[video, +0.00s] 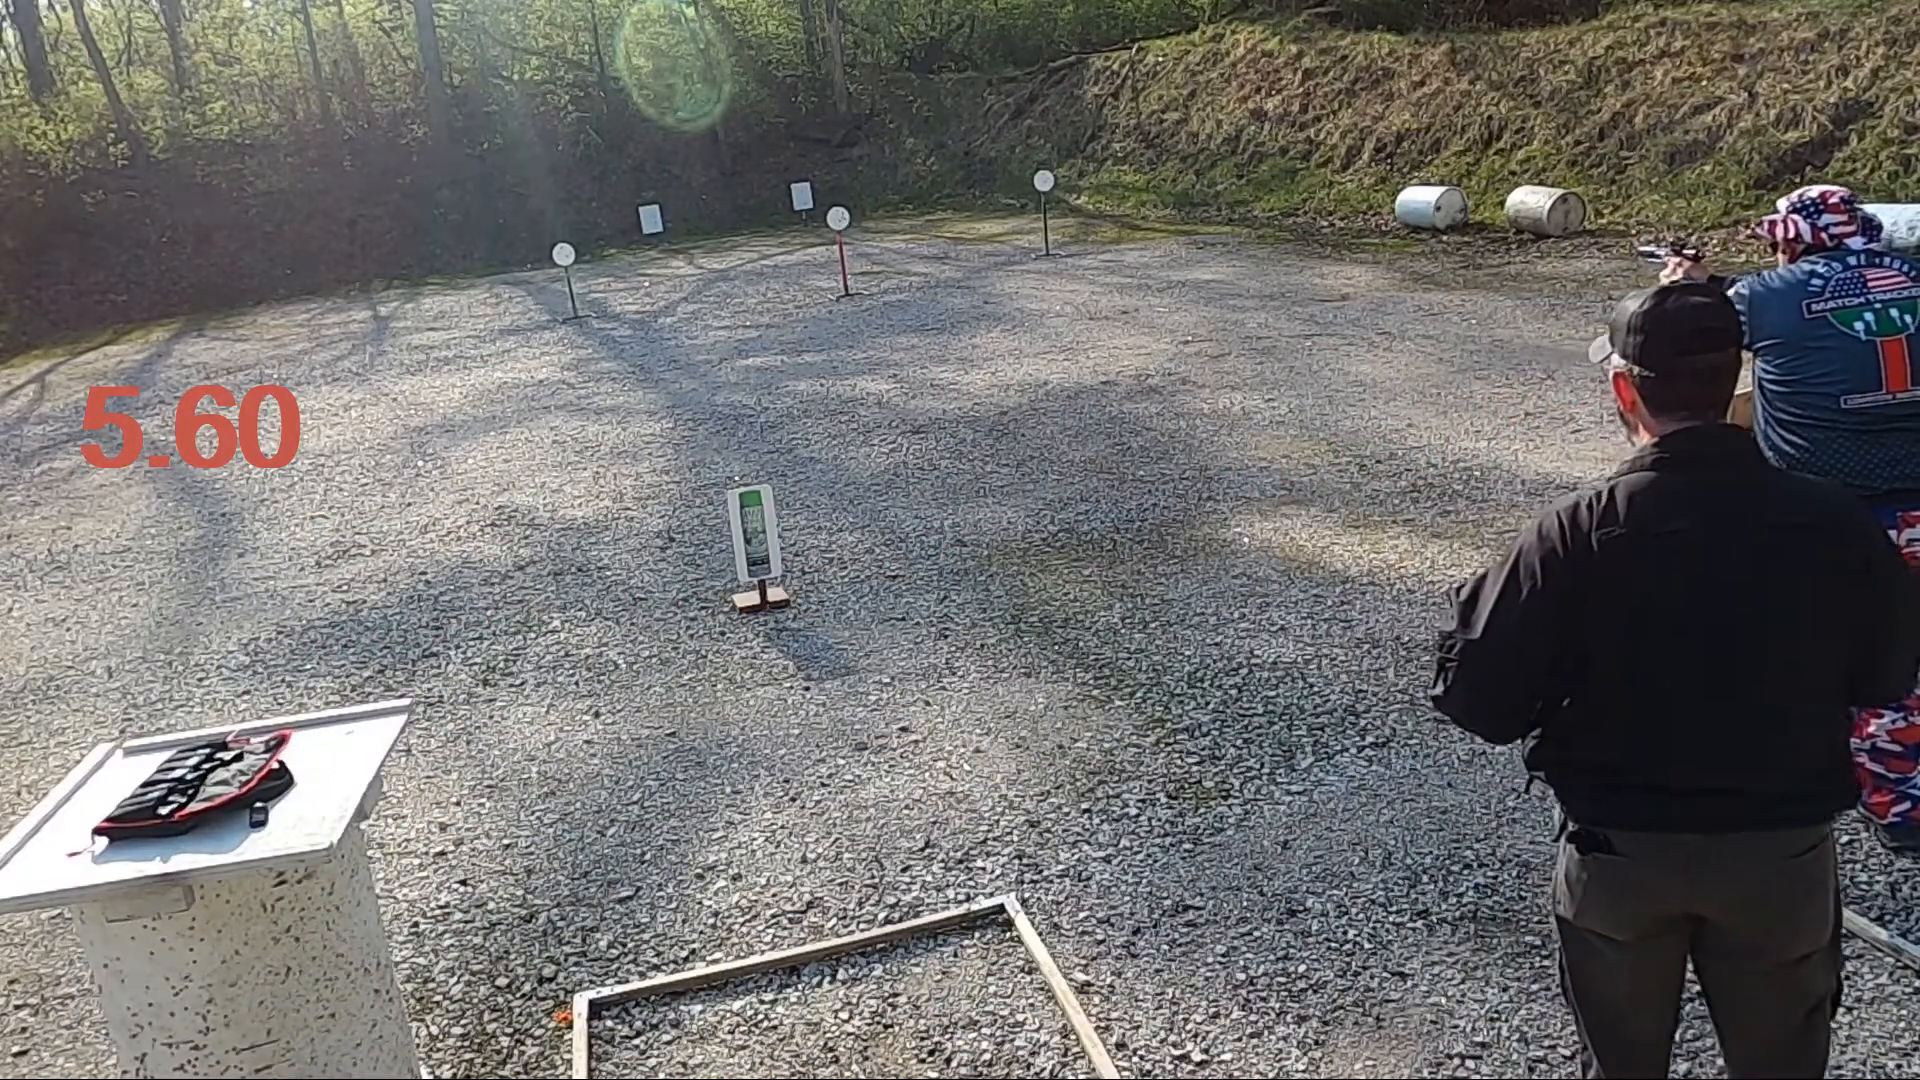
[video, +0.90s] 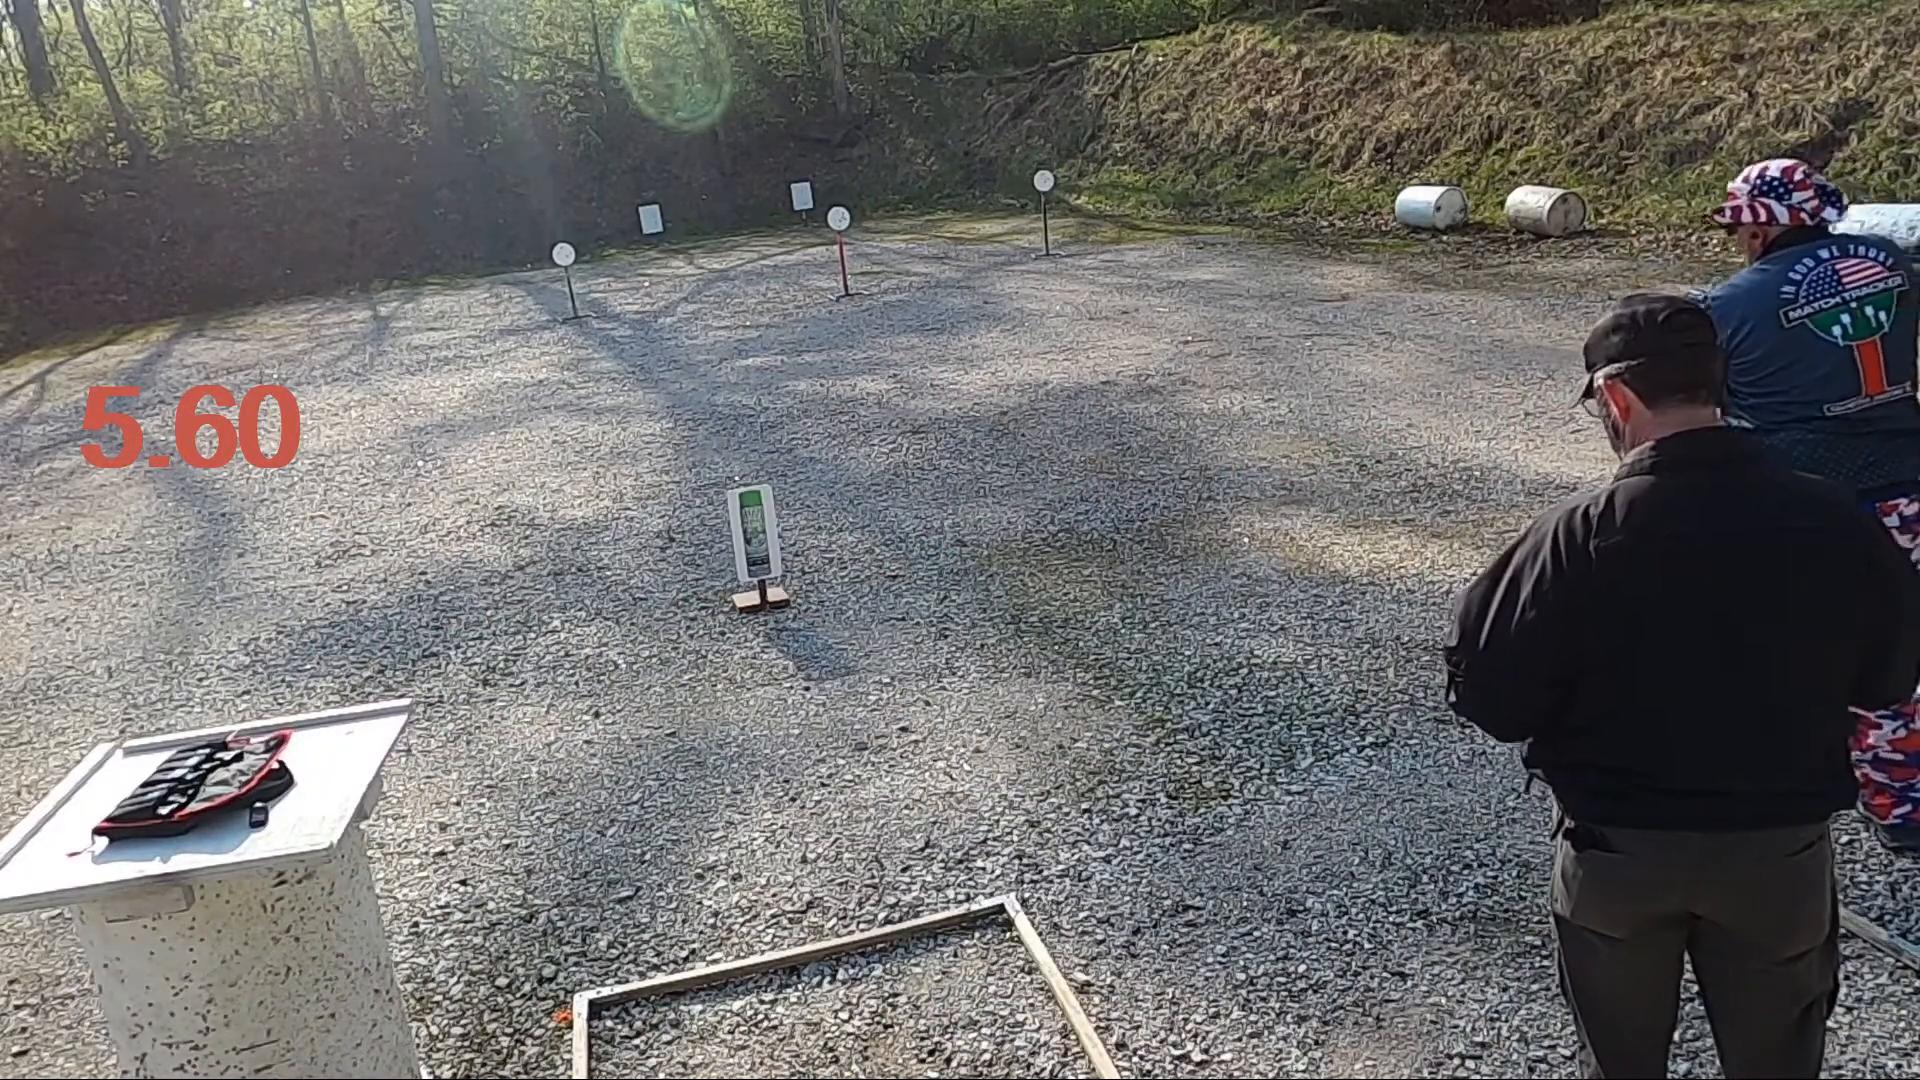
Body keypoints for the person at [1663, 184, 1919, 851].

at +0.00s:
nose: (1778, 252)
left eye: (1781, 242)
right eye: (1777, 243)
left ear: (1799, 242)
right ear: (1860, 230)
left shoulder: (1775, 293)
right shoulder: (1908, 279)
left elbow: (1687, 318)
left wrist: (1678, 281)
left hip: (1829, 518)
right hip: (1910, 503)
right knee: (1901, 665)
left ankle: (1899, 806)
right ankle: (1900, 801)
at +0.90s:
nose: (1736, 240)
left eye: (1739, 227)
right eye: (1736, 227)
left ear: (1761, 227)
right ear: (1822, 211)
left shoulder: (1731, 305)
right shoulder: (1889, 263)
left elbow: (1696, 405)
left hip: (1813, 516)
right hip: (1907, 494)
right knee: (1897, 655)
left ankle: (1902, 813)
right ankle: (1902, 806)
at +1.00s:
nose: (1706, 250)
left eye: (1707, 237)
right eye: (1703, 237)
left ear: (1732, 237)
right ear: (1788, 220)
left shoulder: (1715, 314)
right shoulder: (1859, 270)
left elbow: (1686, 411)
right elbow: (1862, 368)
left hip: (1781, 524)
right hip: (1878, 508)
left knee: (1783, 662)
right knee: (1887, 657)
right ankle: (1900, 807)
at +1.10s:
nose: (1674, 267)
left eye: (1675, 253)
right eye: (1670, 254)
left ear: (1702, 250)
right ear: (1757, 231)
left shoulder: (1706, 312)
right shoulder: (1823, 272)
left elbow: (1691, 406)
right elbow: (1838, 370)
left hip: (1765, 489)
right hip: (1845, 473)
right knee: (1864, 627)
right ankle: (1891, 790)